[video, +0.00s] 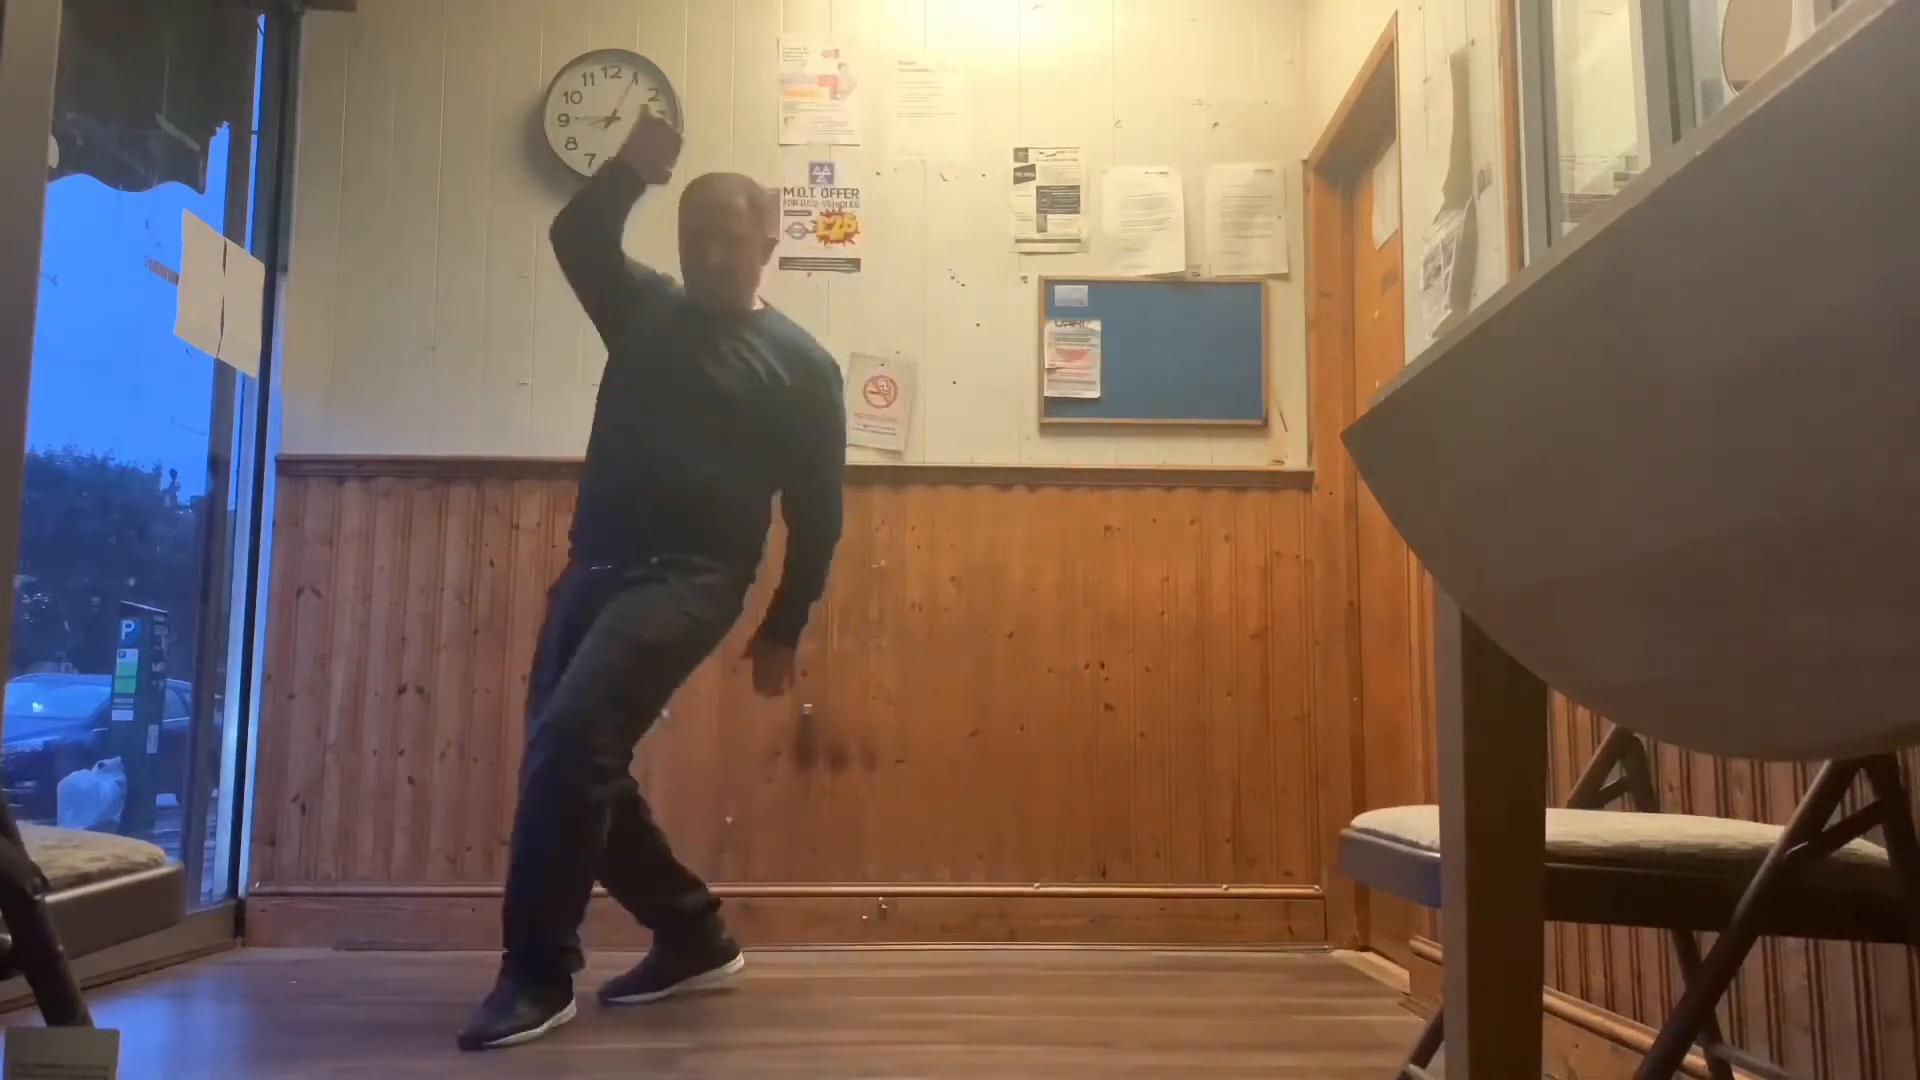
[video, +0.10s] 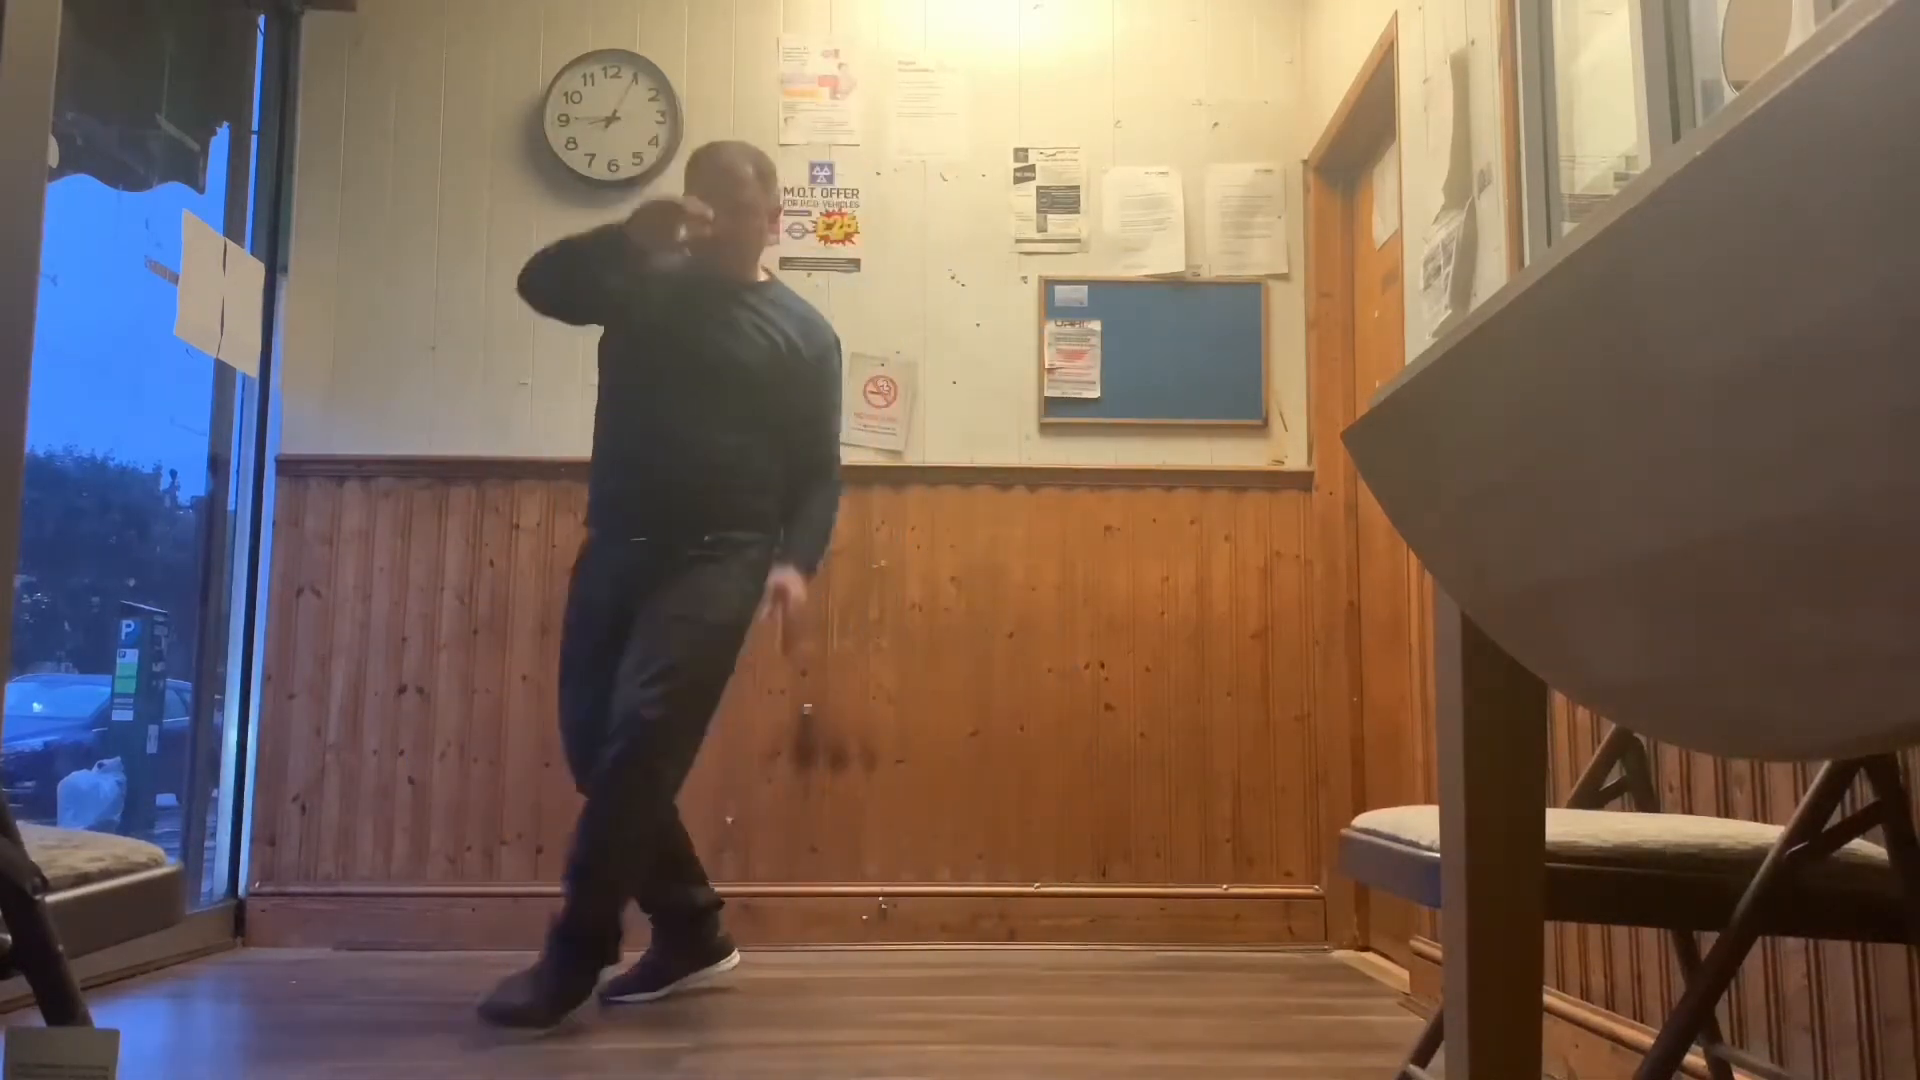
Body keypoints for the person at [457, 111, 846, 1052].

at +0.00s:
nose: (698, 255)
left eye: (718, 241)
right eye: (692, 237)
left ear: (765, 246)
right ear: (681, 238)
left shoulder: (802, 370)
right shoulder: (642, 312)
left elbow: (816, 518)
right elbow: (581, 240)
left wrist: (784, 628)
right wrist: (628, 171)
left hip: (691, 577)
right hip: (596, 569)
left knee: (572, 738)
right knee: (564, 757)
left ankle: (537, 978)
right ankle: (691, 929)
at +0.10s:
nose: (712, 222)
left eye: (733, 207)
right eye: (703, 206)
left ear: (774, 216)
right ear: (683, 216)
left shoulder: (804, 332)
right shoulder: (640, 289)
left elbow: (820, 467)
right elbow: (539, 281)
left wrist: (798, 554)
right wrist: (630, 239)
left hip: (723, 558)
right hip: (619, 549)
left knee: (640, 738)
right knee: (596, 744)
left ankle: (568, 963)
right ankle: (691, 928)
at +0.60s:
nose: (846, 224)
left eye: (855, 209)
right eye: (830, 208)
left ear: (861, 221)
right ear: (786, 209)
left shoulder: (869, 312)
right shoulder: (732, 287)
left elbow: (890, 448)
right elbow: (789, 196)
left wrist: (896, 561)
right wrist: (882, 134)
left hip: (859, 570)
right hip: (750, 572)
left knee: (900, 749)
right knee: (738, 771)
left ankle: (912, 947)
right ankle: (730, 942)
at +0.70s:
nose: (889, 232)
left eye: (898, 217)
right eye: (874, 214)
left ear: (907, 215)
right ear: (827, 202)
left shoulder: (903, 307)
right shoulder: (772, 274)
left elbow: (932, 430)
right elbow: (777, 317)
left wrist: (963, 547)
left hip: (890, 562)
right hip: (782, 563)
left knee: (941, 726)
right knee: (751, 750)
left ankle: (909, 938)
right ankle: (696, 921)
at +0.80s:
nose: (926, 247)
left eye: (935, 230)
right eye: (909, 228)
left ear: (945, 230)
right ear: (864, 223)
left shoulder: (944, 327)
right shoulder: (808, 305)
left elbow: (997, 418)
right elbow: (784, 408)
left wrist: (1058, 475)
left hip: (928, 581)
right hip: (830, 579)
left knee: (956, 759)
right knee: (806, 748)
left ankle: (909, 953)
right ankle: (643, 895)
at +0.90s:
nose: (946, 226)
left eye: (960, 208)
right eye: (931, 206)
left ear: (979, 210)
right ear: (896, 203)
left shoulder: (987, 296)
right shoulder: (829, 295)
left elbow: (1069, 361)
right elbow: (758, 424)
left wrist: (1069, 355)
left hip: (929, 551)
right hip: (842, 546)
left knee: (971, 743)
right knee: (867, 731)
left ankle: (899, 940)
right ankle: (757, 947)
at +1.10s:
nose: (975, 255)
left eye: (986, 239)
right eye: (959, 236)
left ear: (995, 241)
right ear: (917, 232)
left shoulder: (997, 321)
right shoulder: (851, 311)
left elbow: (1071, 286)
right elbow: (735, 390)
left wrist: (1019, 191)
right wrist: (672, 500)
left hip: (977, 581)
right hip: (906, 577)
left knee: (961, 789)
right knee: (1016, 766)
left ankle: (795, 919)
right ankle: (956, 979)